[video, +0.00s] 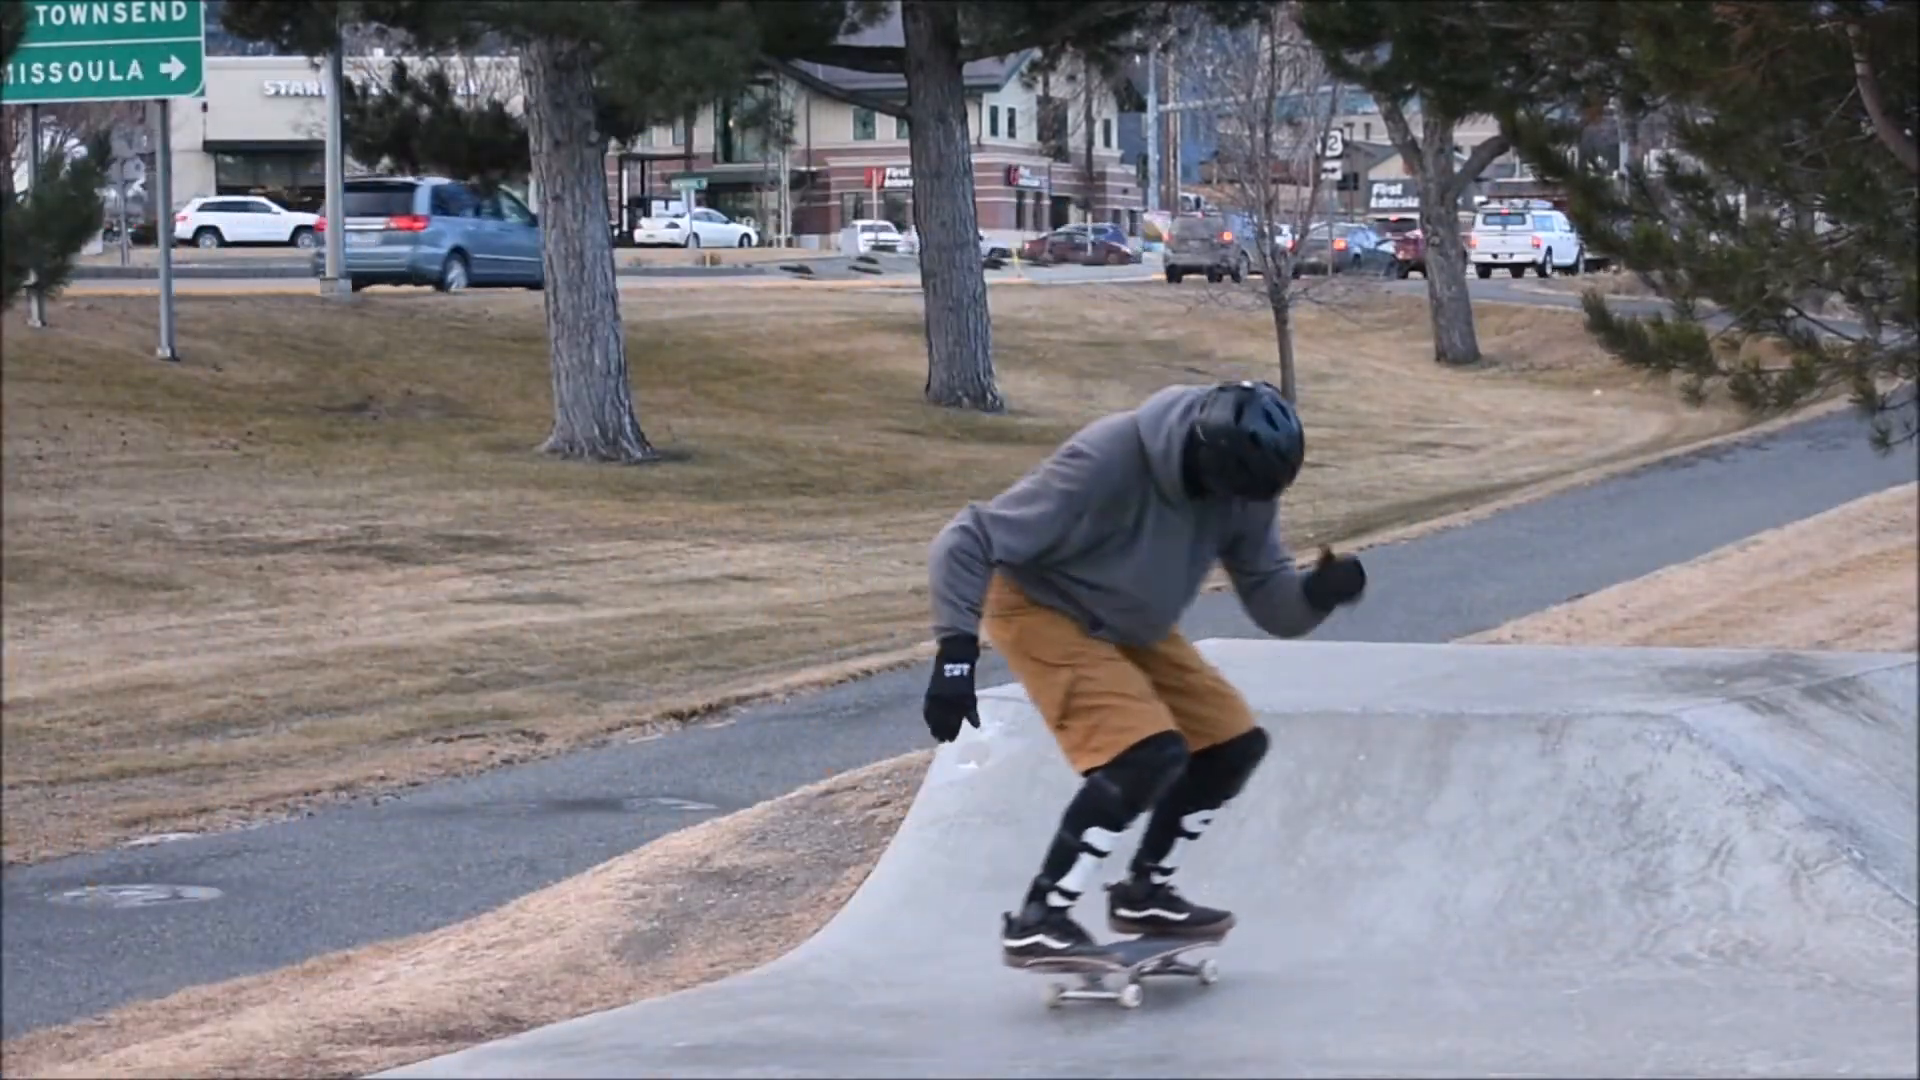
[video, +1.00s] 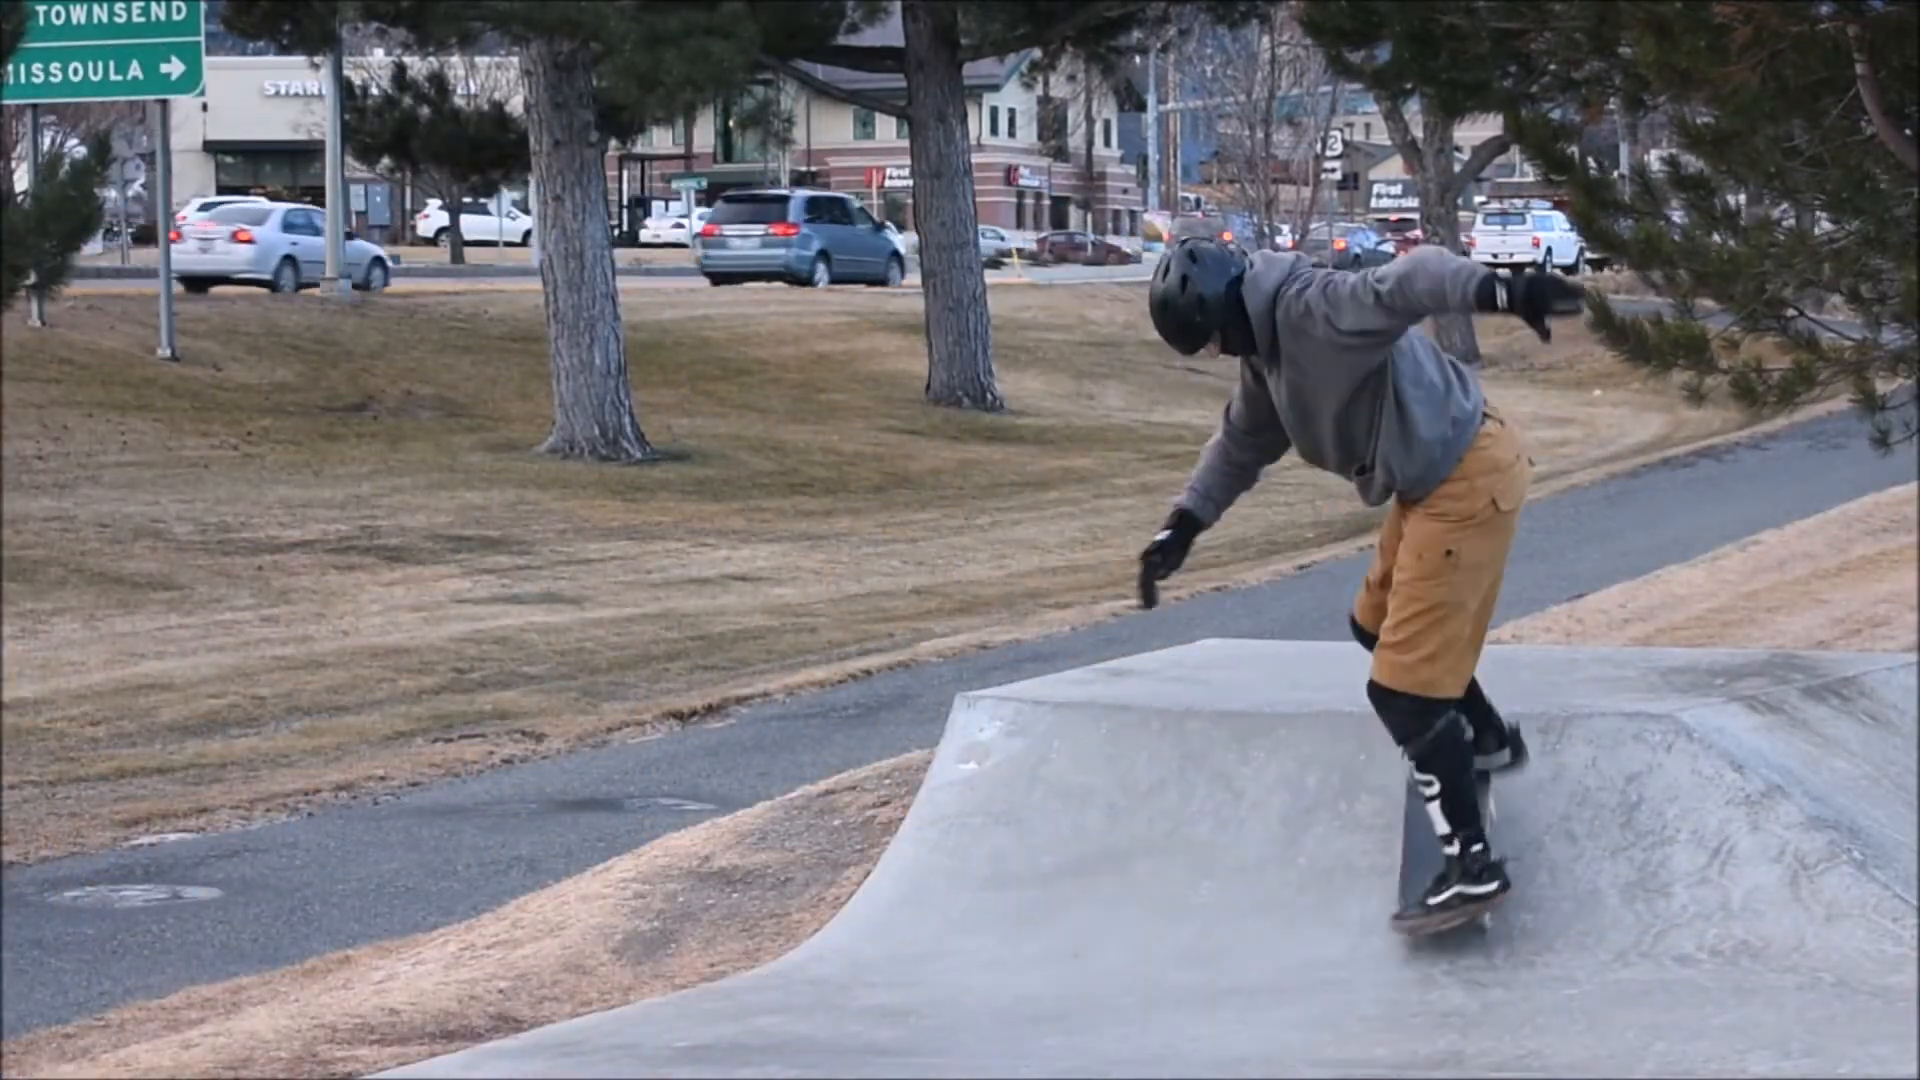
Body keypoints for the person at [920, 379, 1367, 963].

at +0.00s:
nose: (1247, 504)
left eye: (1256, 494)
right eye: (1242, 490)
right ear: (1212, 458)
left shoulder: (1246, 482)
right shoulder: (1110, 459)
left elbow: (1271, 603)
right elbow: (969, 537)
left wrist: (1317, 592)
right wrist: (955, 657)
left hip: (1129, 616)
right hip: (1035, 602)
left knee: (1230, 746)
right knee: (1145, 754)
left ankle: (1141, 893)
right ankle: (1037, 916)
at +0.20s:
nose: (1273, 431)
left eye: (1289, 422)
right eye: (1263, 418)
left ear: (1311, 391)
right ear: (1236, 383)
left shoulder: (1322, 396)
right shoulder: (1169, 372)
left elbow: (1370, 506)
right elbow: (1073, 380)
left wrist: (1312, 549)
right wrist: (1011, 443)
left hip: (1258, 557)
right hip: (1163, 546)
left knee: (1317, 698)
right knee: (1210, 711)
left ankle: (1254, 808)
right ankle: (1152, 880)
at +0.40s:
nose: (1274, 364)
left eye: (1288, 350)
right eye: (1261, 354)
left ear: (1317, 313)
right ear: (1233, 315)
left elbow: (1503, 317)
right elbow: (1083, 317)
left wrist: (1599, 380)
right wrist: (997, 393)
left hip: (1359, 441)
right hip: (1252, 443)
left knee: (1400, 610)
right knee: (1233, 599)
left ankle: (1492, 747)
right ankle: (1313, 638)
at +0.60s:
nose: (1207, 357)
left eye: (1209, 345)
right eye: (1196, 347)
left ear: (1233, 313)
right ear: (1203, 309)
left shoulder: (1334, 297)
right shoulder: (1215, 301)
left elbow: (1455, 292)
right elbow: (1139, 362)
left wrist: (1544, 320)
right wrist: (1090, 428)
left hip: (1448, 422)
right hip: (1382, 432)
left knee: (1398, 625)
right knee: (1336, 562)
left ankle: (1488, 765)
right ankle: (1451, 629)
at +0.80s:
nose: (1215, 353)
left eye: (1211, 341)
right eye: (1205, 348)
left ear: (1224, 306)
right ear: (1225, 292)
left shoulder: (1313, 317)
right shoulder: (1265, 331)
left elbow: (1435, 327)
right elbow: (1217, 408)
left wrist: (1535, 391)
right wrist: (1152, 492)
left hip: (1476, 447)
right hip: (1419, 447)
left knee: (1399, 645)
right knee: (1355, 560)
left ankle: (1488, 786)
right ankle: (1457, 636)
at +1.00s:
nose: (1218, 349)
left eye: (1212, 335)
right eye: (1206, 343)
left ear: (1225, 302)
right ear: (1223, 302)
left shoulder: (1314, 305)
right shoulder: (1269, 358)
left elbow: (1400, 283)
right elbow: (1240, 444)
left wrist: (1501, 287)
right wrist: (1183, 526)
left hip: (1468, 471)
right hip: (1425, 478)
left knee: (1406, 683)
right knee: (1379, 624)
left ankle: (1472, 863)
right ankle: (1486, 735)